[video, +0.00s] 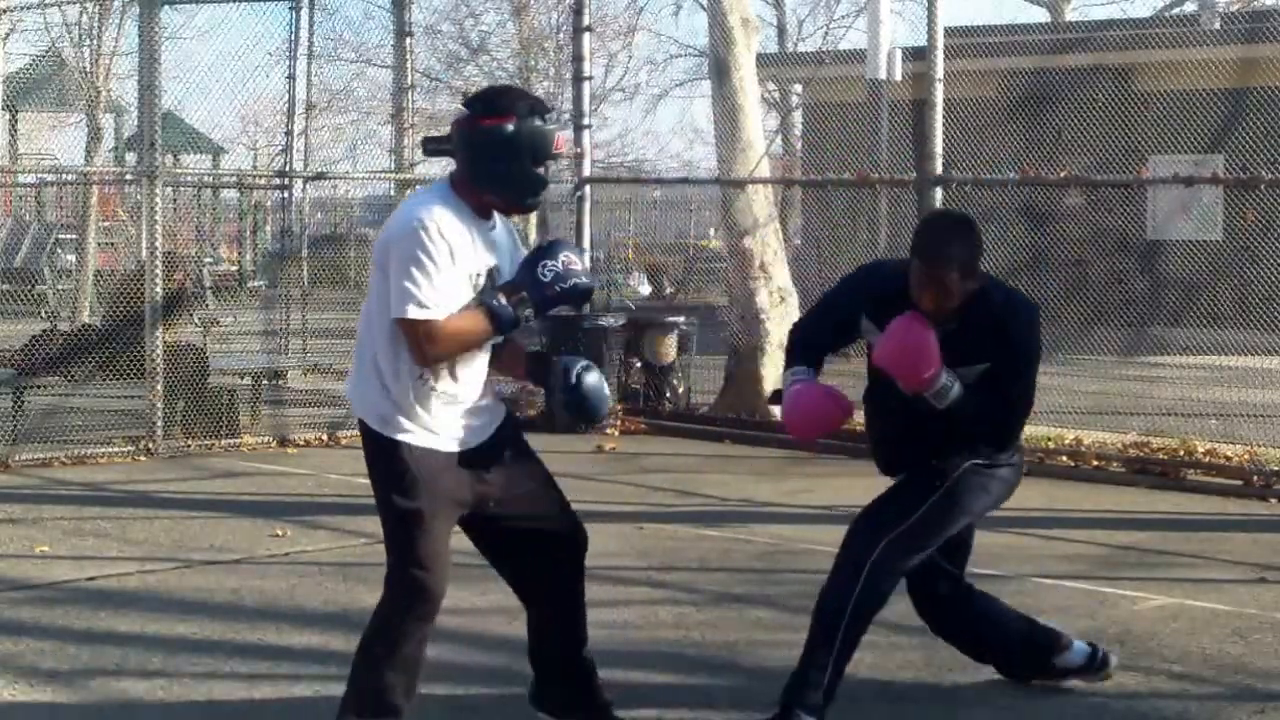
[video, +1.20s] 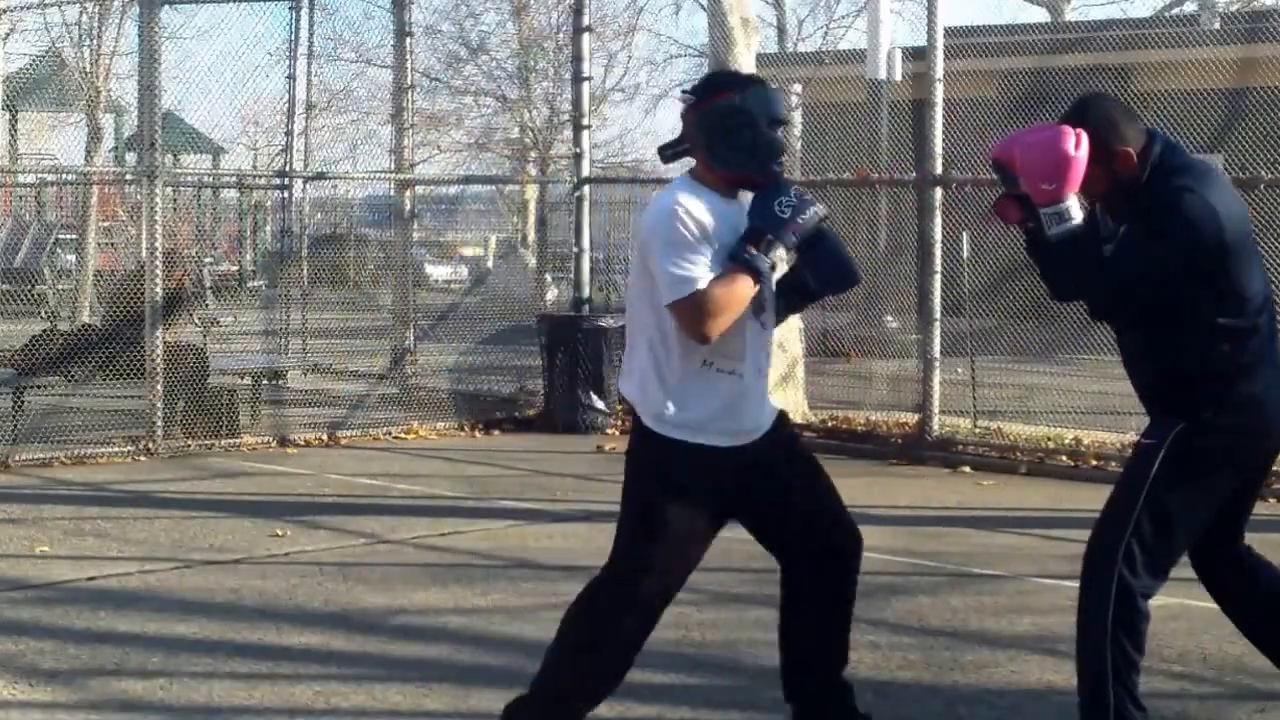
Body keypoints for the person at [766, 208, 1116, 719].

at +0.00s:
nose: (931, 302)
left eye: (945, 293)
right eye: (925, 287)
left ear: (973, 279)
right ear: (910, 266)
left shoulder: (1011, 316)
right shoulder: (877, 286)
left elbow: (1003, 429)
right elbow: (810, 333)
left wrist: (937, 386)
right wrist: (800, 383)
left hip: (983, 461)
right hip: (918, 462)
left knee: (871, 542)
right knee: (940, 598)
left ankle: (802, 706)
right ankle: (1068, 658)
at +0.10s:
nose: (936, 229)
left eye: (946, 218)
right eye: (931, 216)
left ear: (986, 207)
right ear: (927, 205)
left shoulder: (1045, 248)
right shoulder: (933, 240)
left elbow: (1045, 356)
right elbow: (885, 322)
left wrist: (970, 302)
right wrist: (867, 285)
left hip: (1040, 429)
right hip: (988, 429)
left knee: (930, 518)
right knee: (990, 546)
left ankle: (885, 689)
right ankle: (1074, 658)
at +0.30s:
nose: (980, 186)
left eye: (981, 173)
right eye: (973, 175)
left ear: (1011, 156)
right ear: (1018, 152)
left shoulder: (1075, 199)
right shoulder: (1024, 197)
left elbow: (1041, 299)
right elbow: (973, 275)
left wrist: (977, 233)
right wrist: (939, 221)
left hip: (1102, 412)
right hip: (1066, 410)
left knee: (1030, 565)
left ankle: (1126, 695)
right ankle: (1100, 662)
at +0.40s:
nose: (998, 191)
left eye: (1000, 177)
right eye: (991, 179)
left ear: (1033, 160)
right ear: (1035, 155)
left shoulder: (1102, 202)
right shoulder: (1046, 193)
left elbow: (1055, 301)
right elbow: (1000, 279)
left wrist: (990, 225)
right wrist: (958, 226)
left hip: (1142, 402)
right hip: (1112, 399)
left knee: (1056, 559)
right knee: (1094, 526)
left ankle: (1130, 703)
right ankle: (1153, 657)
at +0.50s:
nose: (1020, 199)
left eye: (1025, 183)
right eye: (1015, 185)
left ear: (1060, 167)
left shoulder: (1134, 204)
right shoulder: (1063, 194)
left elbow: (1099, 307)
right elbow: (1026, 278)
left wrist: (1032, 241)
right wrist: (980, 231)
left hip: (1165, 402)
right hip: (1127, 400)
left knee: (1075, 551)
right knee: (1120, 535)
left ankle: (1123, 706)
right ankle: (1237, 656)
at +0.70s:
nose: (1060, 188)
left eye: (1060, 173)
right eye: (1052, 176)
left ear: (1093, 152)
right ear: (1092, 150)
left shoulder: (1164, 189)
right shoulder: (1113, 187)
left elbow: (1121, 286)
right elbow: (1070, 276)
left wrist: (1050, 215)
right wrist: (1022, 224)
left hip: (1192, 407)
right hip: (1182, 403)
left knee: (1090, 551)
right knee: (1192, 555)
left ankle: (1121, 708)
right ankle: (1267, 697)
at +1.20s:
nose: (1080, 186)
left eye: (1081, 173)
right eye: (1074, 174)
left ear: (1114, 158)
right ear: (1124, 150)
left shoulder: (1177, 204)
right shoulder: (1174, 180)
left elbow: (1108, 297)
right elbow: (1080, 282)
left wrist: (1059, 210)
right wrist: (1036, 221)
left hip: (1205, 415)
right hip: (1248, 409)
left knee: (1117, 562)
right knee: (1220, 555)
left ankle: (1112, 707)